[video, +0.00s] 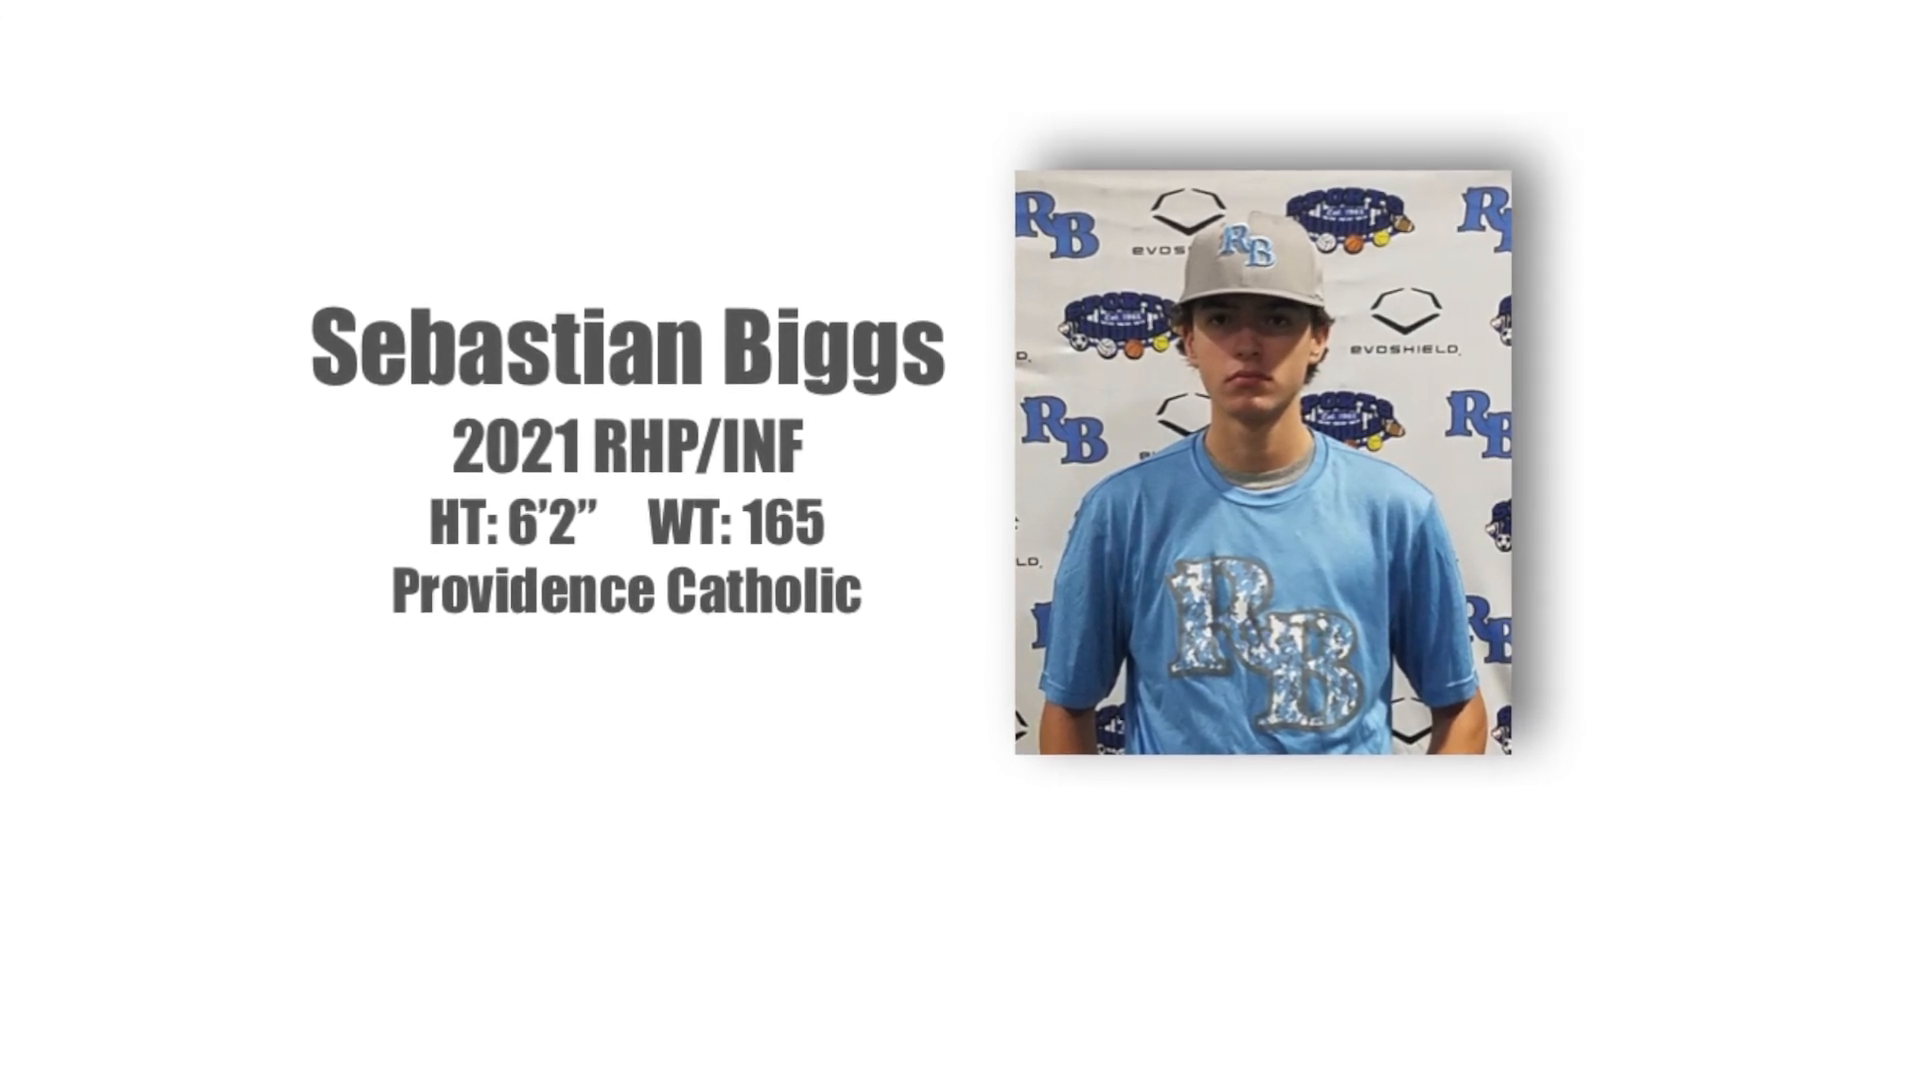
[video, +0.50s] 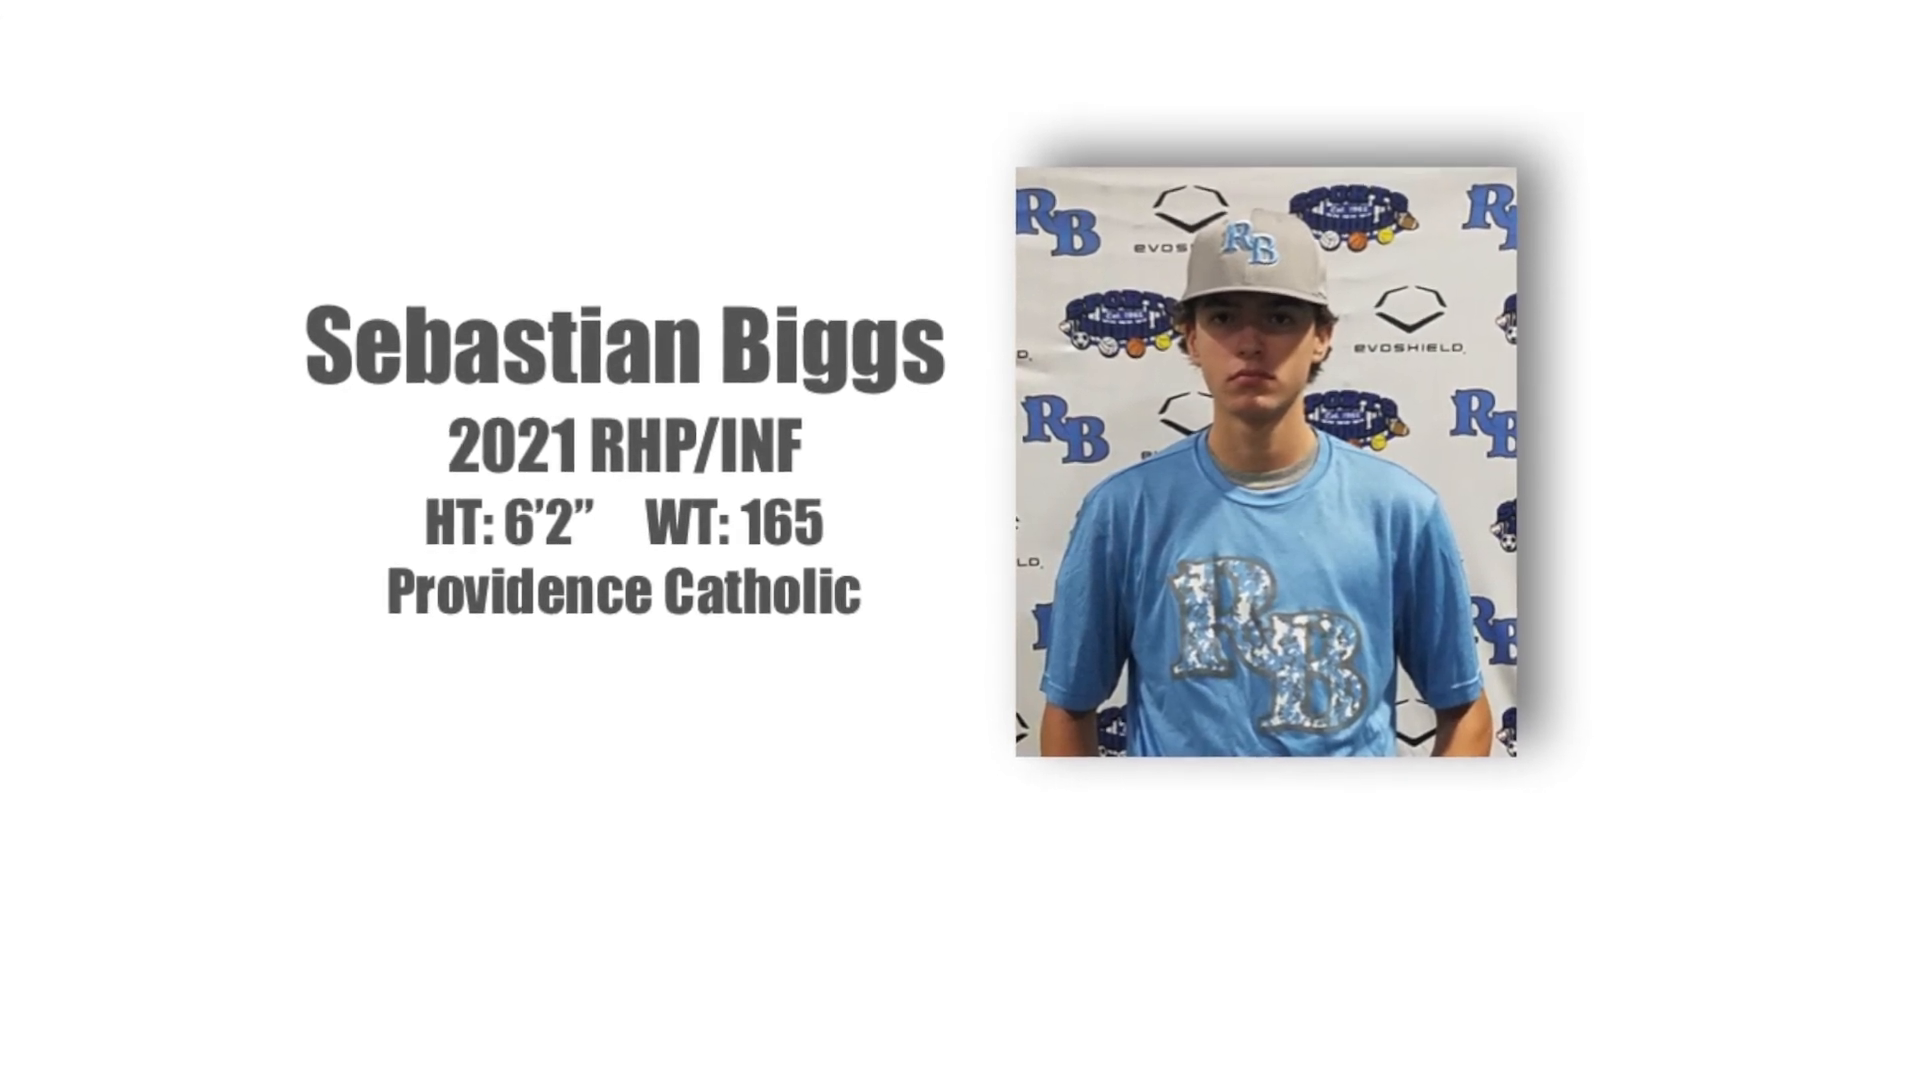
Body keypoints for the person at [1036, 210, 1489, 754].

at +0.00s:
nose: (1248, 343)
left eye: (1276, 319)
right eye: (1223, 319)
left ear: (1317, 341)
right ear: (1189, 341)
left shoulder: (1398, 511)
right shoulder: (1118, 513)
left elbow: (1461, 710)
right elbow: (1068, 712)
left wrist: (1422, 829)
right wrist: (1079, 835)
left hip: (1354, 826)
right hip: (1172, 825)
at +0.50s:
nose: (1251, 342)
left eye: (1279, 317)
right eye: (1226, 318)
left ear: (1320, 340)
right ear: (1191, 339)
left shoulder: (1402, 511)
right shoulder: (1120, 513)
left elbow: (1466, 712)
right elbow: (1069, 714)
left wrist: (1426, 832)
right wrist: (1080, 838)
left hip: (1357, 828)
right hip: (1174, 829)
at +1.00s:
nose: (1254, 340)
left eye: (1282, 316)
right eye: (1229, 316)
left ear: (1324, 337)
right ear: (1193, 338)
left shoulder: (1407, 511)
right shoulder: (1122, 513)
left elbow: (1471, 714)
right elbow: (1071, 716)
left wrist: (1431, 836)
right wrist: (1083, 841)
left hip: (1362, 831)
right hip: (1177, 831)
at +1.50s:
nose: (1257, 339)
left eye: (1286, 314)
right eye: (1231, 314)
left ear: (1328, 335)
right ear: (1195, 336)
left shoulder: (1410, 510)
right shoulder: (1124, 513)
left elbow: (1476, 716)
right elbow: (1072, 718)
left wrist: (1436, 838)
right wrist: (1085, 844)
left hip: (1366, 834)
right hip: (1180, 834)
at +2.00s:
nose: (1260, 337)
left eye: (1289, 312)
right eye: (1234, 312)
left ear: (1331, 334)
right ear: (1198, 335)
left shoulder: (1415, 511)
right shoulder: (1125, 514)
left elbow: (1482, 717)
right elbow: (1073, 720)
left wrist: (1440, 841)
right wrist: (1086, 847)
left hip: (1370, 837)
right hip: (1182, 837)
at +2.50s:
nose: (1167, 340)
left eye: (1194, 317)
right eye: (1144, 317)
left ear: (1232, 337)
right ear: (1111, 337)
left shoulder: (1308, 497)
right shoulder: (1044, 501)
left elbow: (1367, 685)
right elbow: (998, 687)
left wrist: (1331, 800)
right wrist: (1007, 805)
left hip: (1266, 799)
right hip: (1096, 799)